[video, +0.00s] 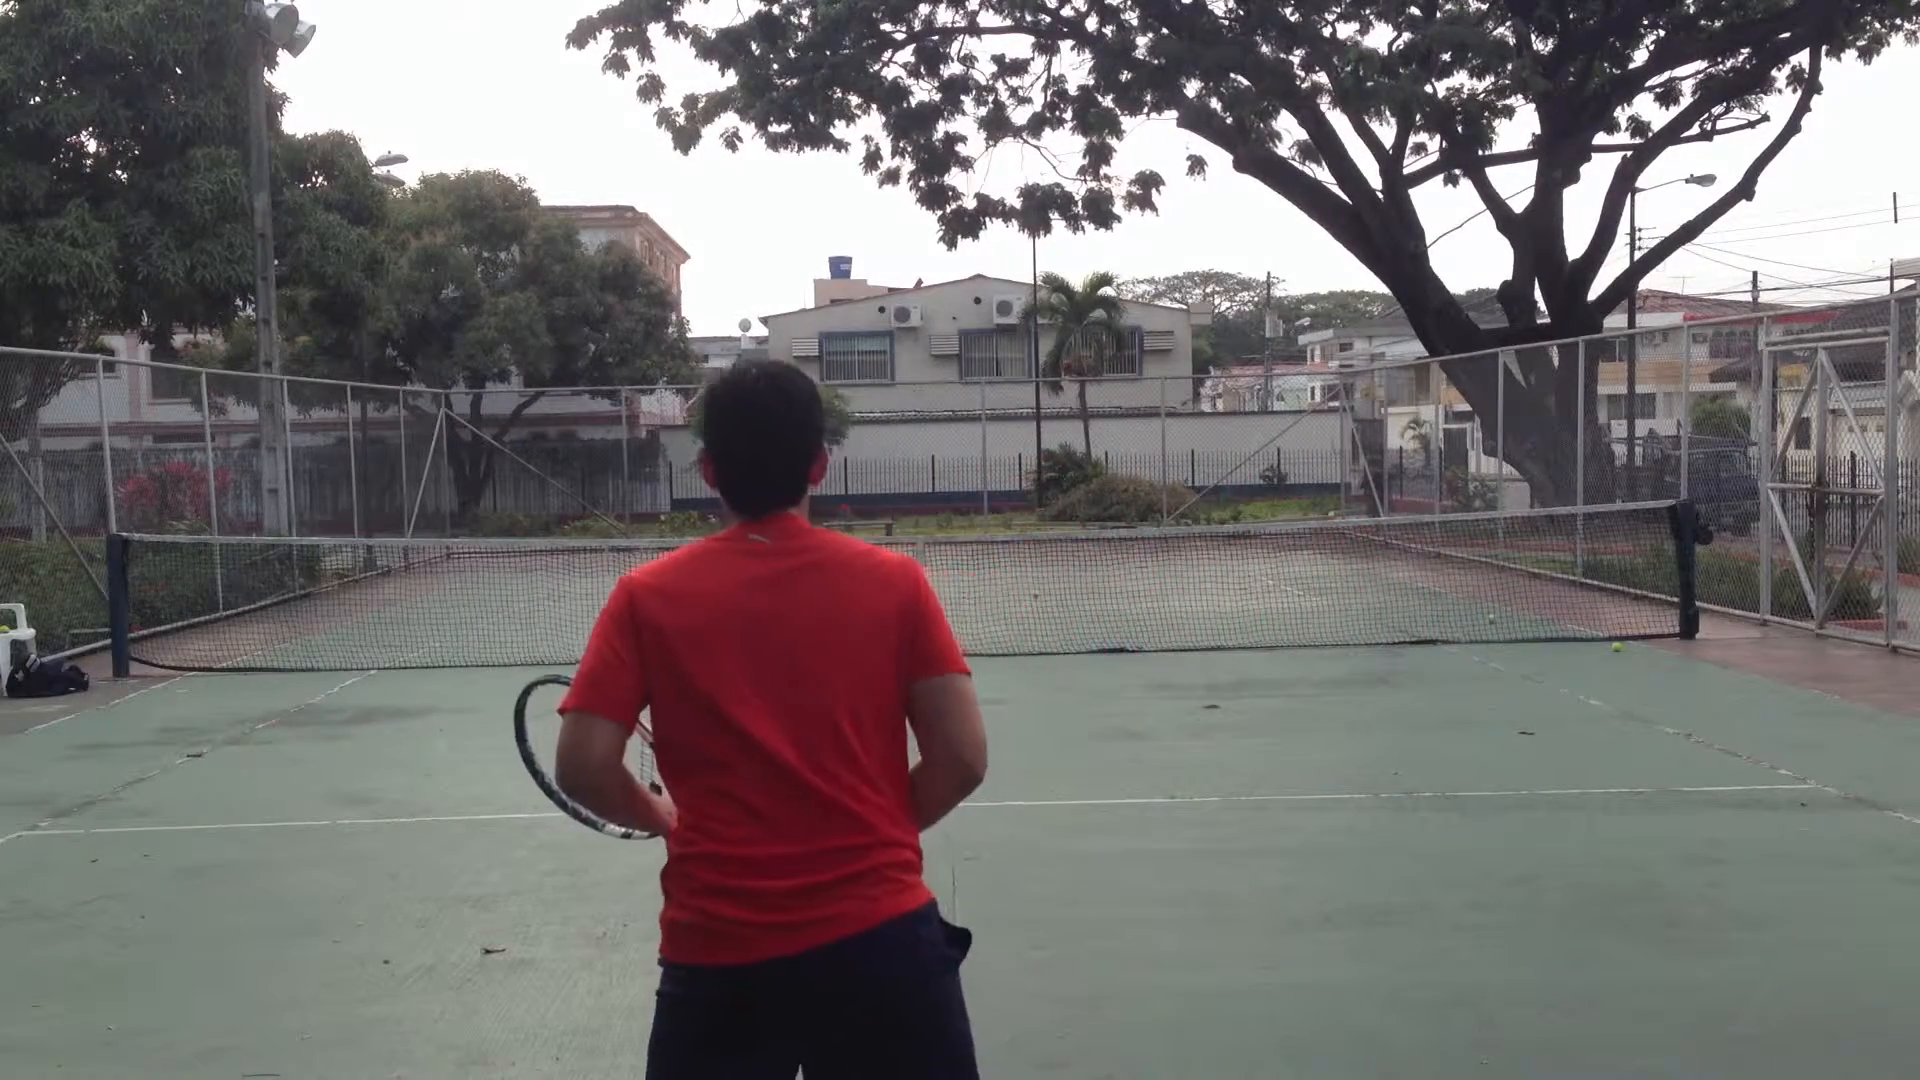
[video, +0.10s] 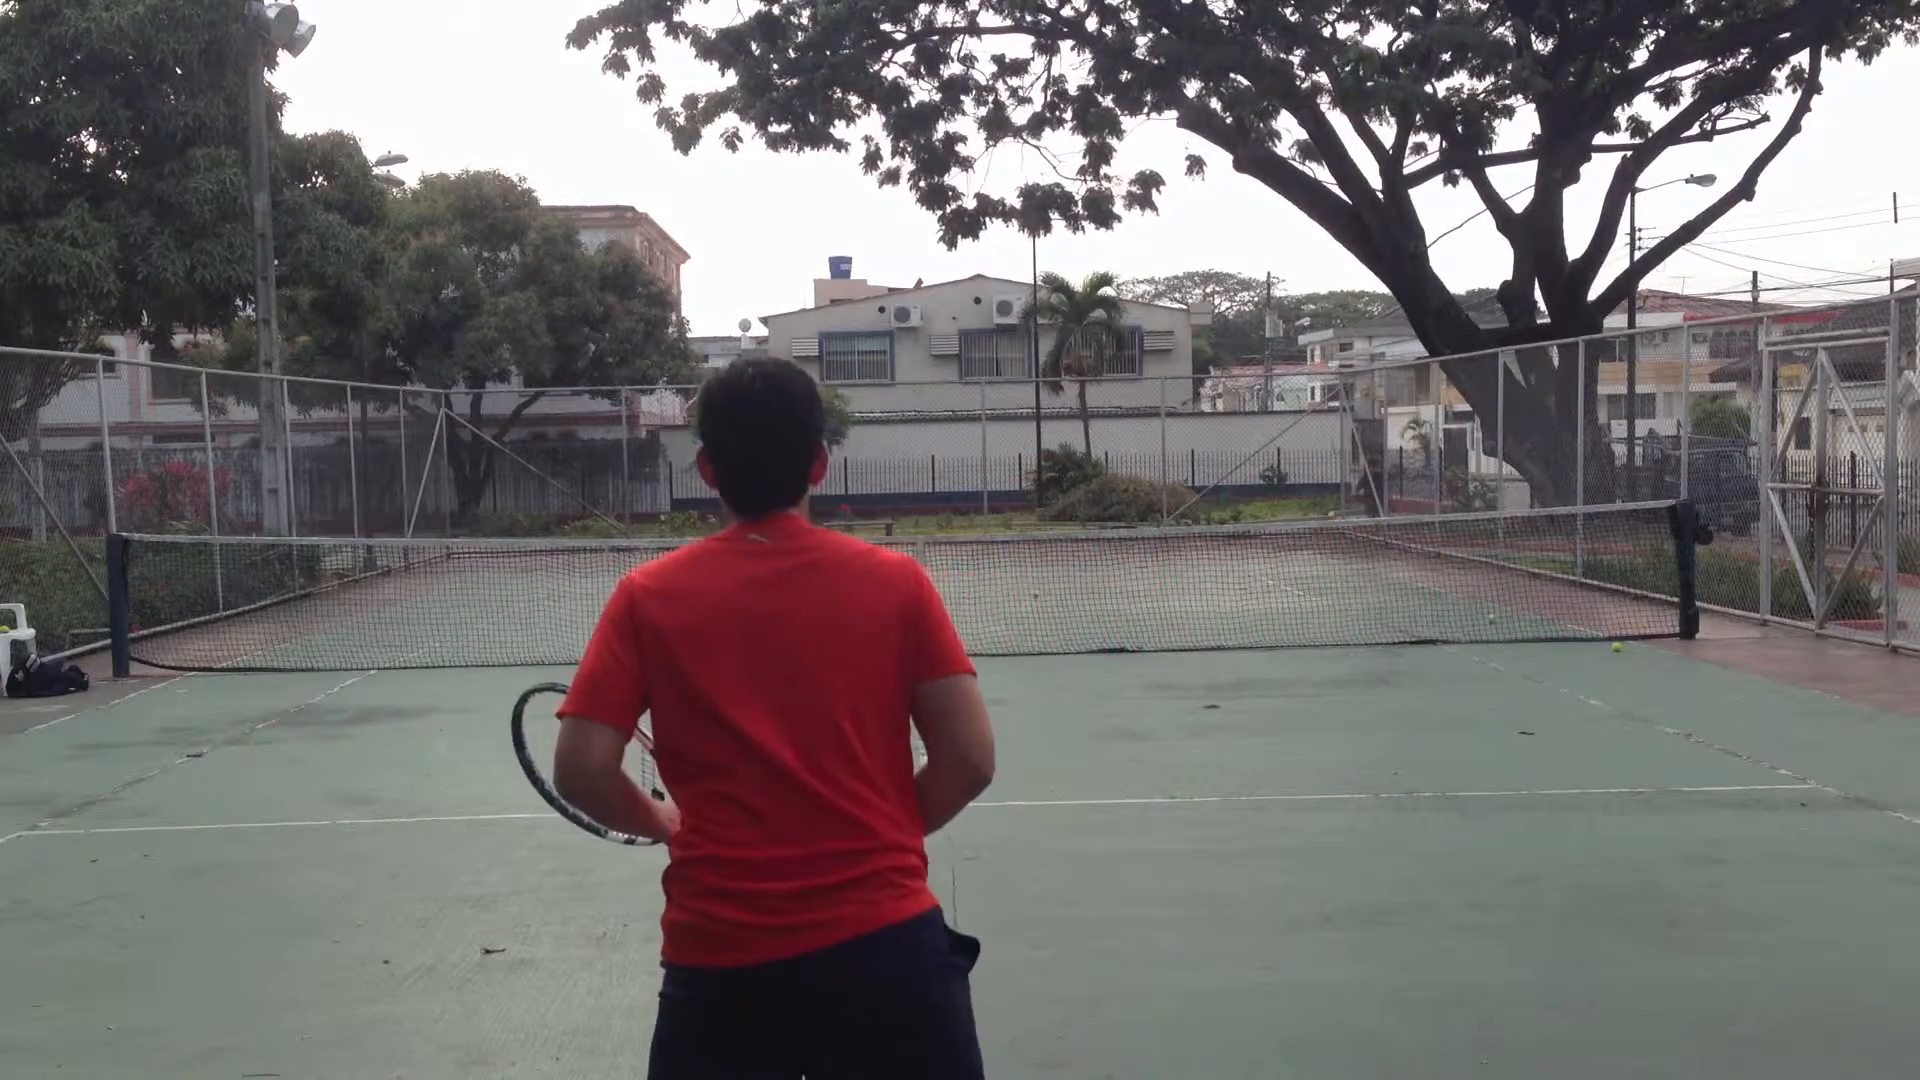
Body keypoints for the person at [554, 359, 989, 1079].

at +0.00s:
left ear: (708, 470)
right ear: (819, 467)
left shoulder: (649, 596)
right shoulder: (893, 582)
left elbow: (583, 766)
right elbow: (961, 759)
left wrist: (664, 817)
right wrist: (874, 822)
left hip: (720, 970)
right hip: (881, 959)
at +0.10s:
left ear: (706, 469)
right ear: (820, 465)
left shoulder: (650, 596)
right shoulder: (893, 582)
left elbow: (580, 771)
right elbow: (968, 760)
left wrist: (666, 821)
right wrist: (884, 828)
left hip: (723, 976)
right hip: (888, 962)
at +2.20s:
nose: (1710, 447)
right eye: (1710, 433)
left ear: (1576, 425)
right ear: (1692, 446)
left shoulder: (1482, 563)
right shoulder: (1739, 582)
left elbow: (1336, 707)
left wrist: (1428, 621)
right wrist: (1870, 613)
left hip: (1485, 951)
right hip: (1645, 955)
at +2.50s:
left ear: (1646, 400)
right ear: (1779, 424)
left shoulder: (1593, 557)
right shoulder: (1799, 539)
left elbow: (1538, 771)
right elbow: (1584, 474)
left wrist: (1482, 758)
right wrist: (1404, 443)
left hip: (1597, 947)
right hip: (1760, 940)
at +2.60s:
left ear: (1663, 405)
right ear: (1794, 424)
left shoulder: (1625, 560)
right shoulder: (1812, 535)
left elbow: (1603, 782)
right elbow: (1633, 513)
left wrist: (1512, 771)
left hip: (1635, 961)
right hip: (1799, 953)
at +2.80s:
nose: (1663, 431)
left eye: (1665, 413)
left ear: (1677, 433)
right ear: (1808, 435)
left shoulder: (1703, 594)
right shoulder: (1840, 571)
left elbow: (1748, 823)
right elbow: (1749, 712)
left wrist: (1580, 834)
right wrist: (1580, 741)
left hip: (1712, 1011)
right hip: (1866, 997)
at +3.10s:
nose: (1602, 436)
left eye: (1602, 419)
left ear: (1613, 443)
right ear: (1740, 437)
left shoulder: (1596, 592)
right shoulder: (1829, 586)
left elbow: (1615, 816)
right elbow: (1866, 808)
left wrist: (1512, 846)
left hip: (1628, 1027)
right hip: (1815, 1023)